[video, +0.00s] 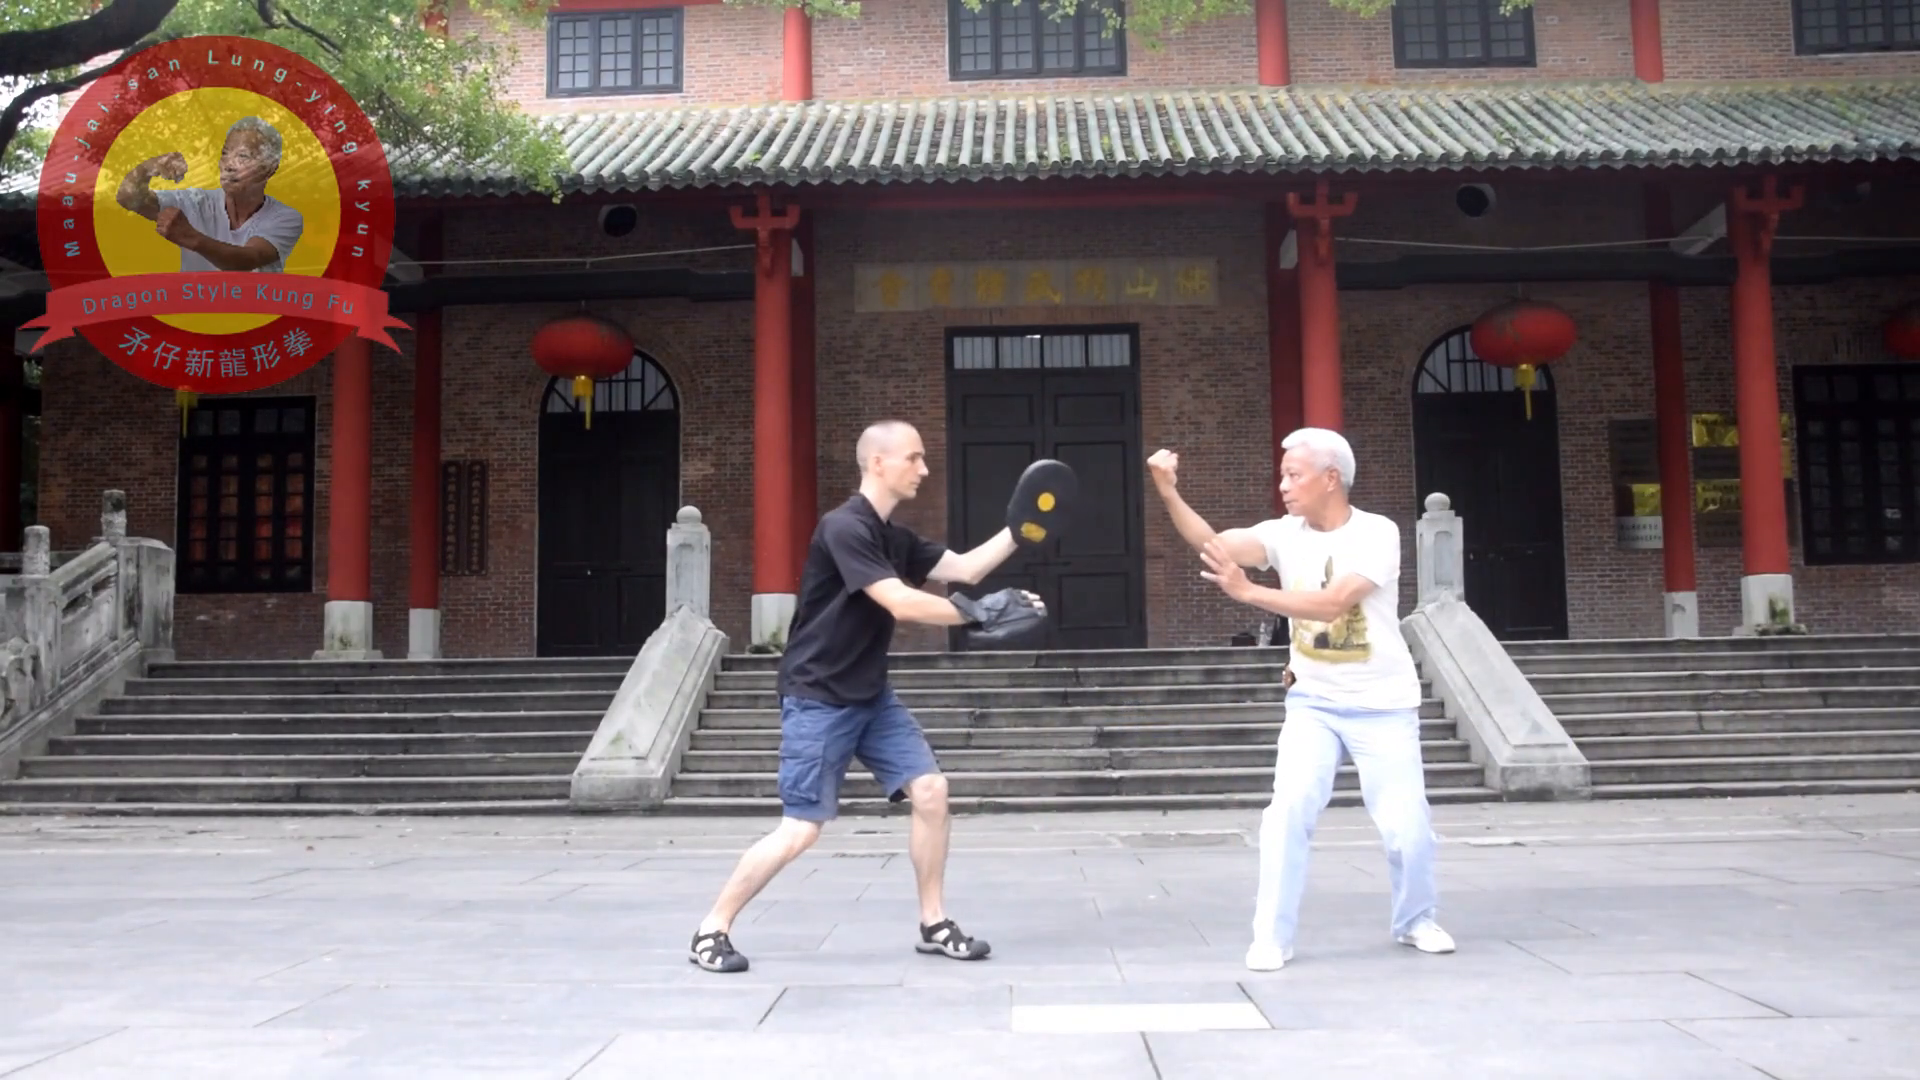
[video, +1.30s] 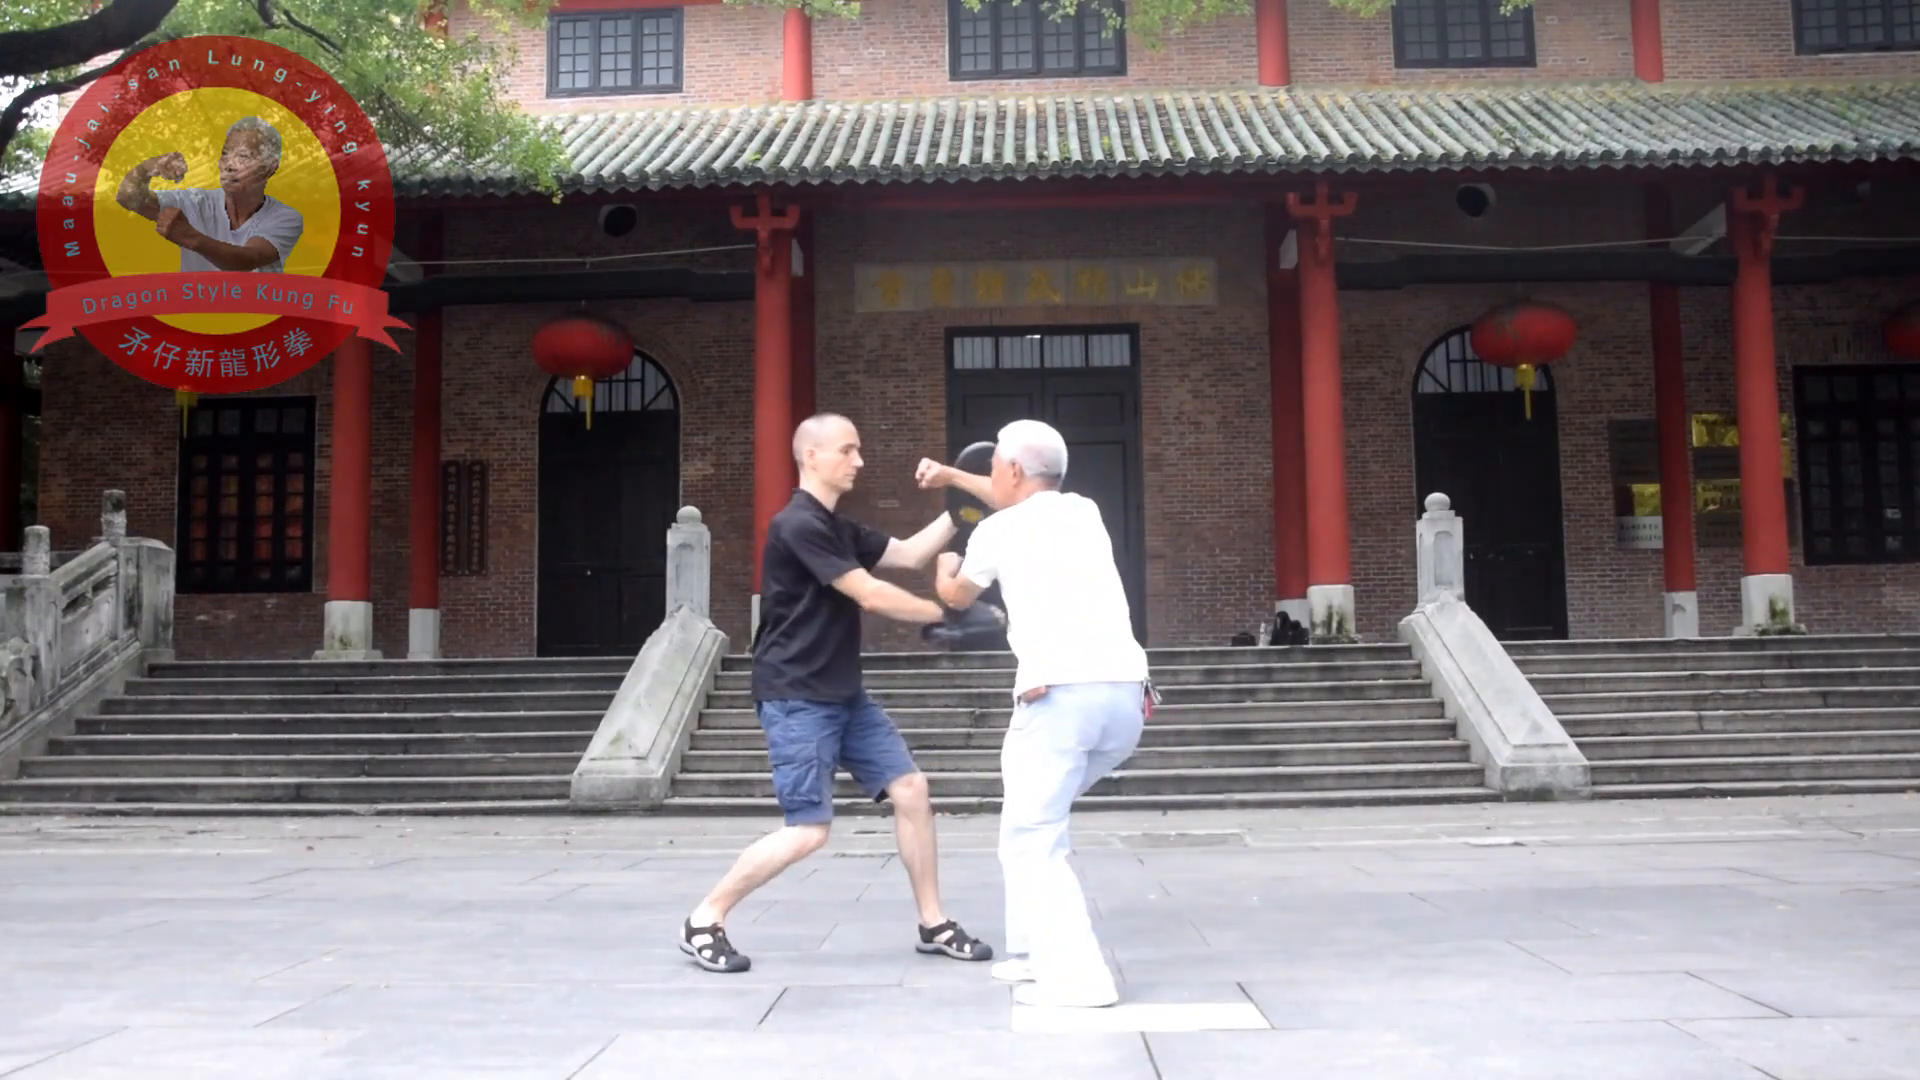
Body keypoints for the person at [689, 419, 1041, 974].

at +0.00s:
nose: (923, 468)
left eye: (923, 458)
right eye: (913, 458)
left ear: (891, 466)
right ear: (877, 464)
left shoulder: (895, 536)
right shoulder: (843, 527)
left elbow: (962, 569)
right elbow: (899, 603)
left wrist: (1021, 528)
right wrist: (979, 611)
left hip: (871, 695)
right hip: (817, 697)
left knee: (930, 792)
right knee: (801, 829)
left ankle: (934, 924)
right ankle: (712, 930)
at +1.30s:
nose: (858, 460)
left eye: (858, 451)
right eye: (847, 451)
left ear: (840, 460)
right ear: (810, 457)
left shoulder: (836, 523)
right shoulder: (798, 524)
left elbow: (909, 554)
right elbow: (871, 597)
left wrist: (961, 508)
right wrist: (947, 612)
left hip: (844, 693)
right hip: (794, 695)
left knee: (910, 790)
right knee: (808, 831)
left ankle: (934, 924)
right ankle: (705, 918)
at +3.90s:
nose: (506, 473)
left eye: (508, 464)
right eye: (497, 463)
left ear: (487, 470)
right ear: (462, 465)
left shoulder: (486, 532)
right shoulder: (428, 523)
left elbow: (554, 565)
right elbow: (463, 590)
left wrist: (614, 524)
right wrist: (546, 594)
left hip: (456, 692)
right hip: (405, 690)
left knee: (487, 794)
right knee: (406, 803)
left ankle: (445, 917)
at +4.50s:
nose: (417, 478)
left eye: (418, 469)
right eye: (406, 468)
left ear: (410, 477)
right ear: (370, 473)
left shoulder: (404, 538)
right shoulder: (347, 535)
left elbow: (474, 560)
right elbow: (407, 596)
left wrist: (523, 515)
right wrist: (485, 612)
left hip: (390, 701)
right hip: (327, 703)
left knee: (441, 788)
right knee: (289, 824)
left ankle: (453, 915)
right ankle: (224, 920)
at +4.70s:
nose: (405, 475)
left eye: (406, 465)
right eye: (394, 466)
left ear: (393, 474)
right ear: (359, 473)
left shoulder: (388, 536)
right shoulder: (347, 534)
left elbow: (455, 574)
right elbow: (413, 605)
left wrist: (517, 538)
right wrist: (478, 631)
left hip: (383, 700)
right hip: (323, 703)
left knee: (438, 787)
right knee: (286, 822)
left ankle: (453, 916)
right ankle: (224, 919)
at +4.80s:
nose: (404, 477)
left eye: (405, 468)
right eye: (393, 468)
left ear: (391, 476)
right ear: (358, 473)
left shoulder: (383, 537)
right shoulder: (343, 534)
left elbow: (451, 579)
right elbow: (414, 604)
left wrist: (510, 542)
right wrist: (489, 621)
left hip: (378, 700)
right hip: (320, 701)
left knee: (435, 786)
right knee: (286, 823)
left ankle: (453, 915)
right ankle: (224, 919)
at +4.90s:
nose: (400, 477)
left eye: (401, 467)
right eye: (389, 466)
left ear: (396, 474)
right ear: (353, 471)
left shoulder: (394, 542)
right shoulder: (335, 534)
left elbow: (456, 596)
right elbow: (404, 603)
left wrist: (436, 527)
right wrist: (461, 606)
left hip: (382, 701)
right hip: (319, 702)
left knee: (435, 786)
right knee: (286, 822)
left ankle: (452, 916)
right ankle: (224, 919)